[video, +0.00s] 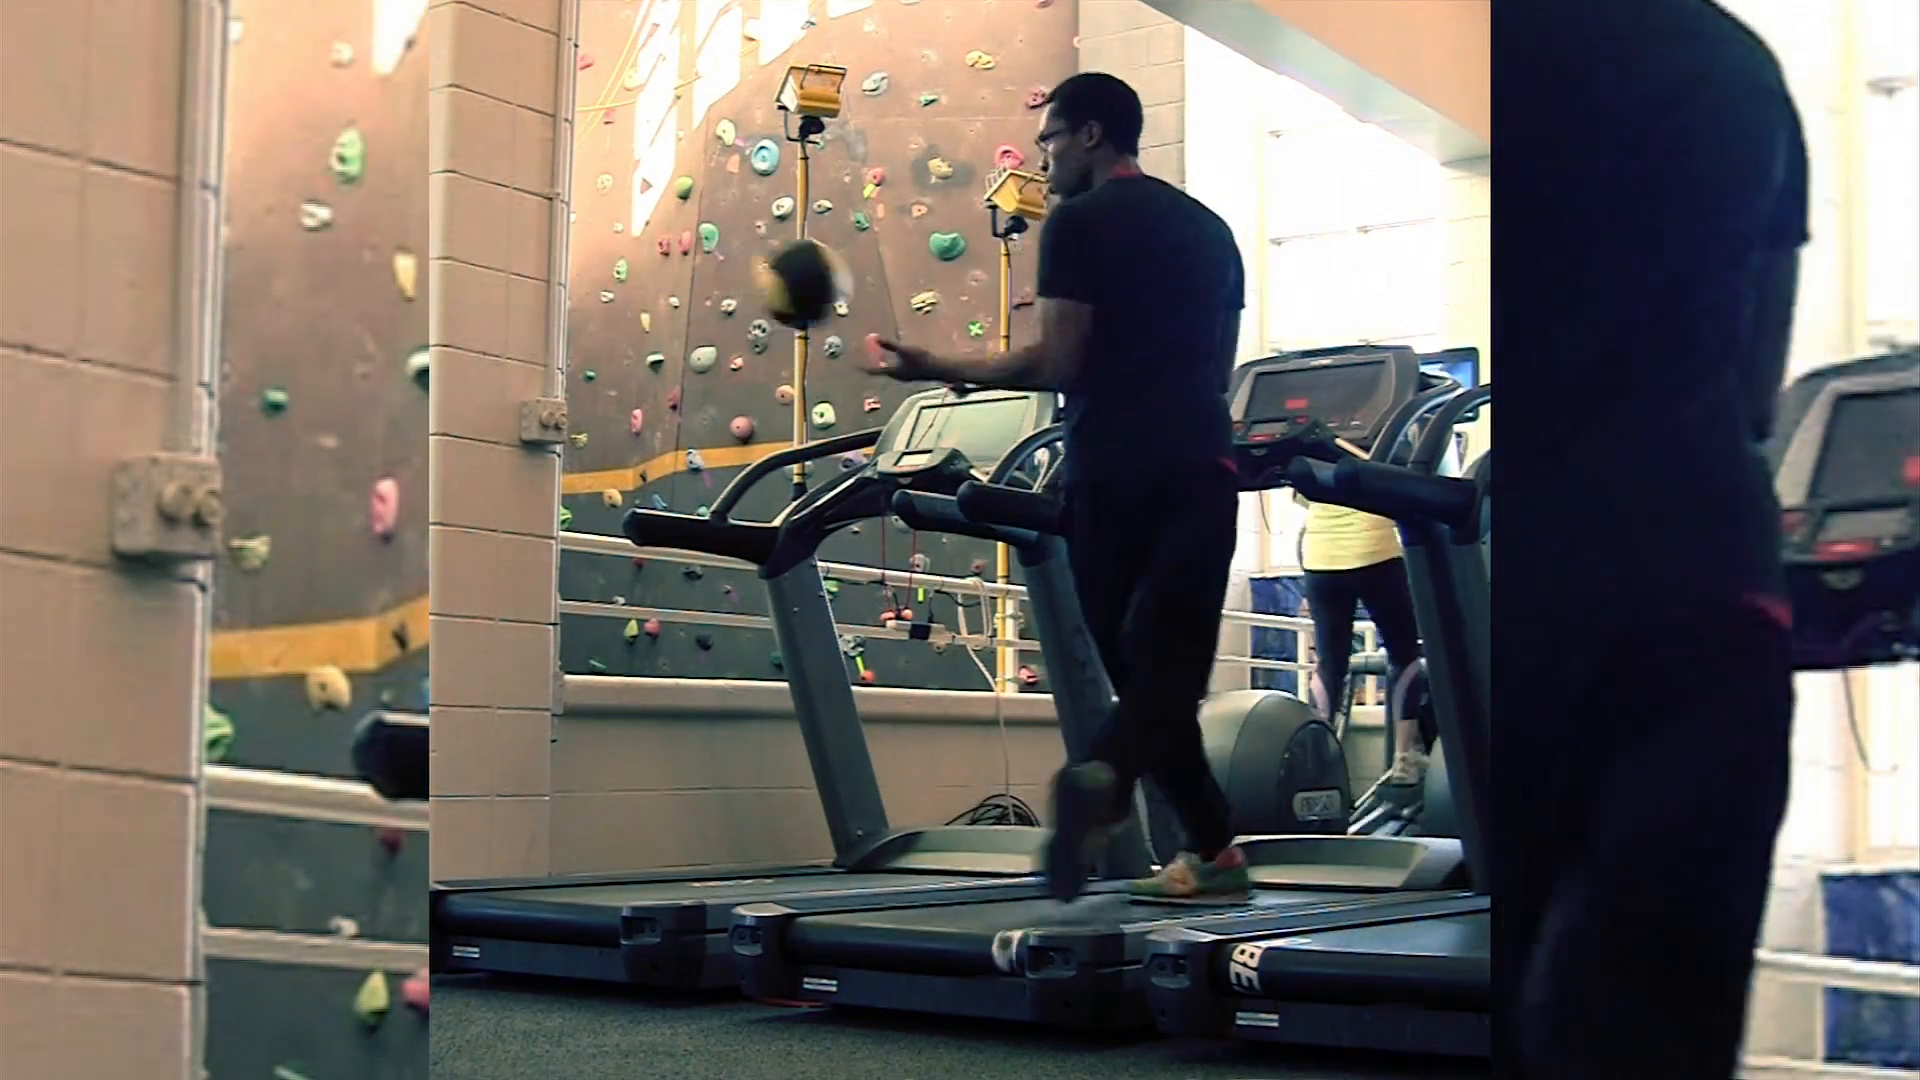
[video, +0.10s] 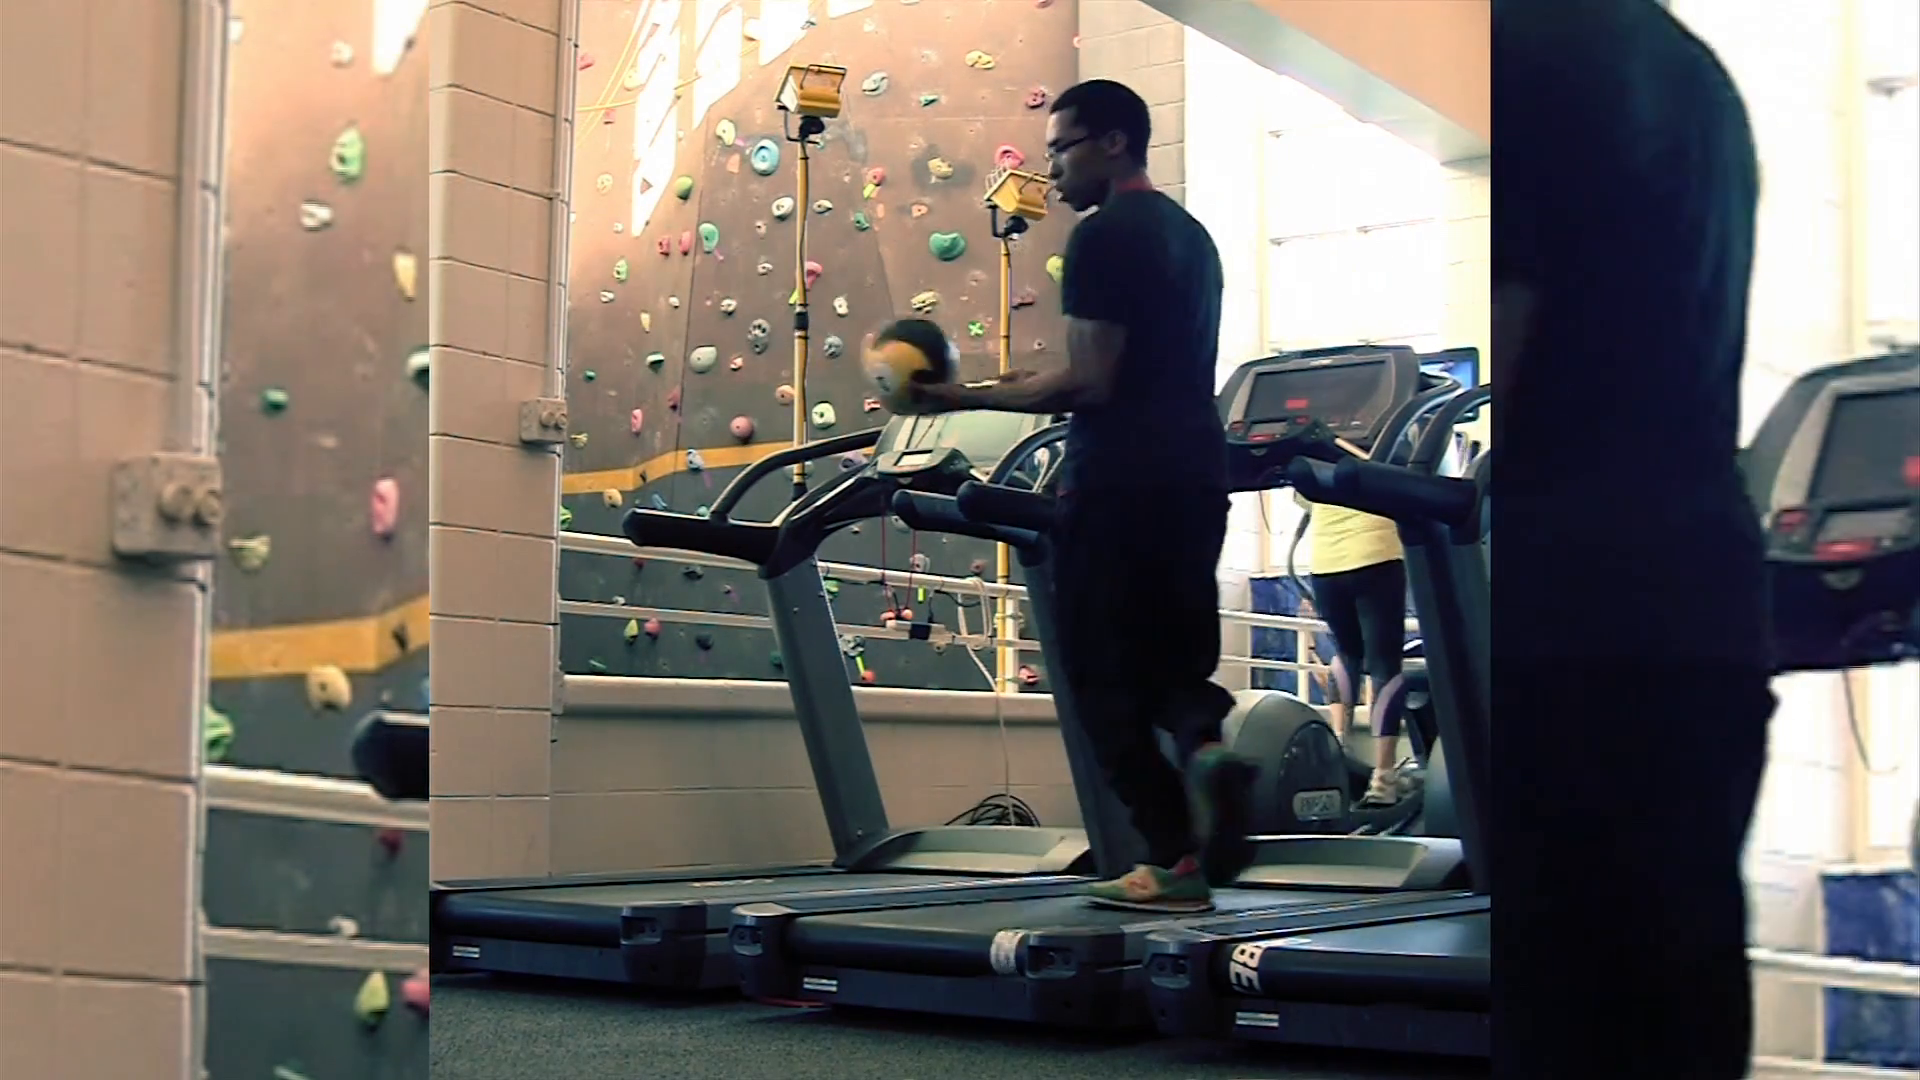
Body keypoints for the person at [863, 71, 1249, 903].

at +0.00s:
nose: (1042, 158)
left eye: (1050, 141)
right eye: (1042, 142)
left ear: (1093, 136)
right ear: (1124, 141)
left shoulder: (1078, 220)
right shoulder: (1213, 230)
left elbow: (1055, 362)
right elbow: (1213, 378)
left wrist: (930, 364)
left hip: (1110, 469)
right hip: (1201, 470)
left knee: (1138, 663)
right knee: (1176, 658)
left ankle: (1215, 850)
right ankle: (1099, 782)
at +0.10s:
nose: (1051, 166)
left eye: (1063, 148)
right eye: (1050, 150)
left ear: (1115, 144)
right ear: (1125, 151)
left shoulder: (1105, 233)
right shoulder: (1190, 235)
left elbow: (1088, 378)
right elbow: (1172, 381)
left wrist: (964, 394)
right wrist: (1049, 387)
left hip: (1120, 484)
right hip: (1193, 479)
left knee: (1102, 673)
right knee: (1176, 659)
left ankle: (1176, 857)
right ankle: (1212, 742)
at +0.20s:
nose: (1058, 136)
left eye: (1071, 120)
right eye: (1056, 122)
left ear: (1119, 119)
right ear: (1115, 125)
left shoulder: (1136, 196)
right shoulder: (1133, 200)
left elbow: (1164, 324)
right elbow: (1140, 338)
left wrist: (1049, 374)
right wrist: (1046, 374)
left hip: (1128, 458)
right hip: (1155, 456)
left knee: (1068, 648)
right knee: (1136, 656)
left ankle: (1128, 851)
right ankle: (1280, 766)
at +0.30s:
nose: (1065, 104)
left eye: (1081, 88)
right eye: (1058, 90)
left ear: (1123, 87)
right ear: (1056, 94)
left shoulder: (1161, 156)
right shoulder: (1084, 180)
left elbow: (1240, 256)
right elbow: (1097, 294)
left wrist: (1146, 287)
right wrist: (1051, 289)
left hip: (1150, 416)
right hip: (1105, 421)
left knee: (1091, 609)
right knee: (1120, 621)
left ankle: (1096, 820)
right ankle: (1249, 796)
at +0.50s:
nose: (1104, 116)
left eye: (1119, 103)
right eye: (1089, 101)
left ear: (1137, 105)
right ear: (1062, 100)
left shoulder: (1176, 177)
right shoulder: (1029, 206)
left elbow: (1293, 227)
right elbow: (1050, 301)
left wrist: (1322, 317)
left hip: (1159, 416)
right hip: (1072, 434)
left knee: (1147, 598)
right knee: (1098, 647)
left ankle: (1296, 760)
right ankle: (1155, 837)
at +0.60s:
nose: (1143, 113)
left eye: (1154, 99)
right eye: (1128, 95)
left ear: (1164, 101)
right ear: (1086, 87)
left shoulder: (1182, 184)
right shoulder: (1018, 194)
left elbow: (1234, 270)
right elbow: (1020, 307)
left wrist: (1230, 377)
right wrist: (1054, 386)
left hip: (1165, 436)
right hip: (1067, 447)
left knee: (1197, 612)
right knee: (1080, 649)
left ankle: (1318, 779)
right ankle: (1115, 842)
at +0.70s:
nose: (1182, 109)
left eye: (1191, 97)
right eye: (1170, 90)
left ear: (1189, 105)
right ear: (1120, 81)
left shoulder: (1185, 196)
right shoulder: (1030, 173)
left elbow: (1169, 306)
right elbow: (959, 268)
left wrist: (1184, 403)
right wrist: (969, 392)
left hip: (1172, 447)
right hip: (1067, 449)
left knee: (1246, 620)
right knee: (1064, 649)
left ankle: (1277, 798)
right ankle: (1066, 843)